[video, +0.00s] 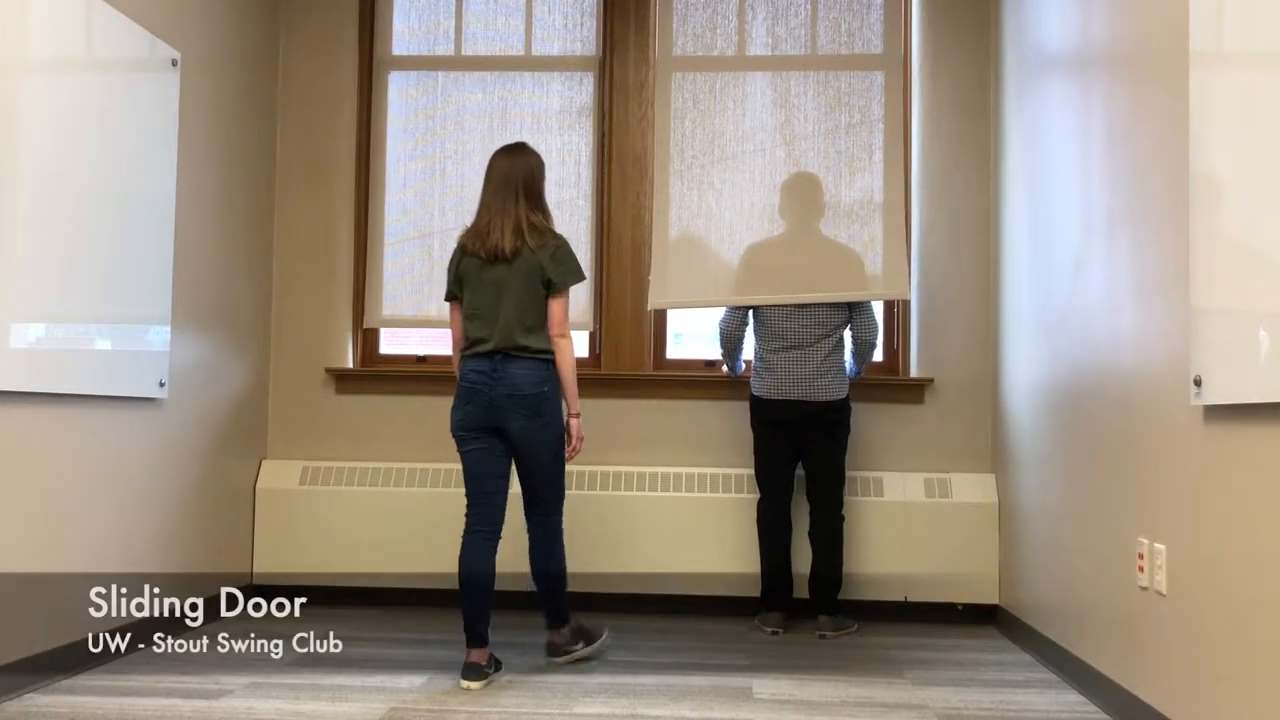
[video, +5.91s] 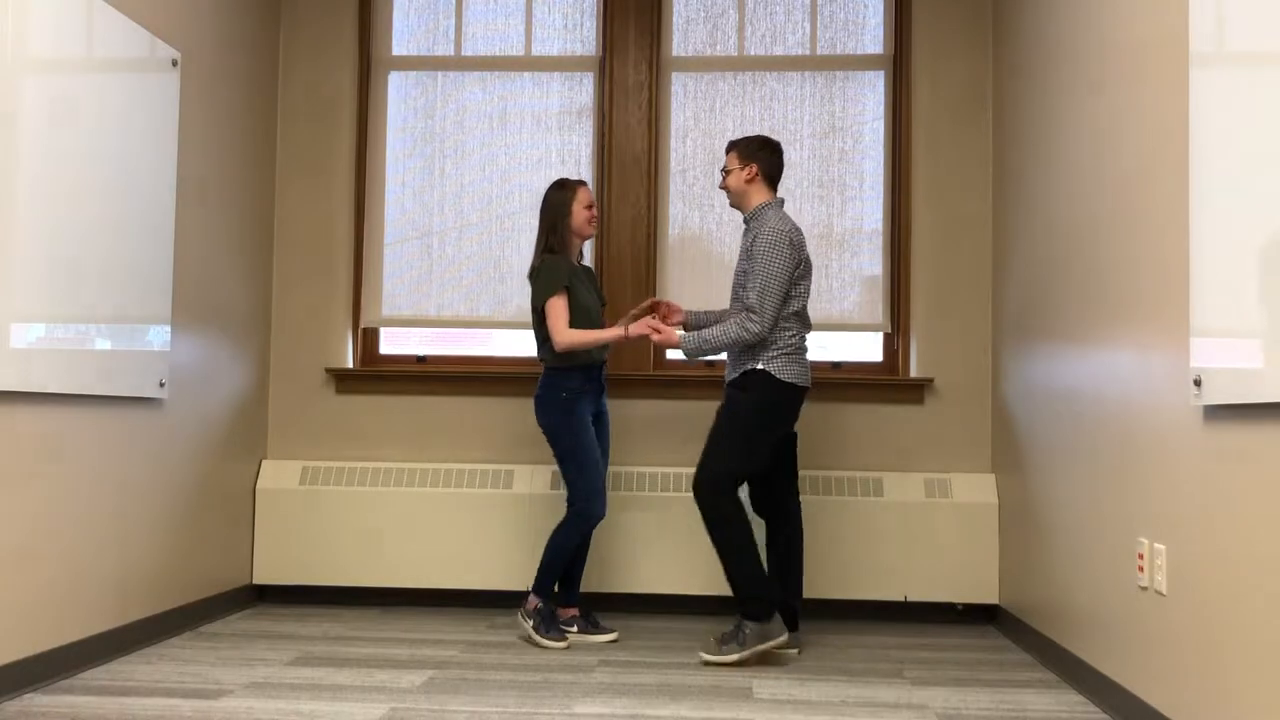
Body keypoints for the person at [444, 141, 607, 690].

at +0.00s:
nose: (545, 190)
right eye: (542, 181)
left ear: (490, 185)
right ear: (537, 186)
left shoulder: (466, 248)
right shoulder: (550, 247)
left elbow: (459, 339)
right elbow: (559, 334)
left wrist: (467, 396)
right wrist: (574, 410)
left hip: (473, 392)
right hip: (533, 391)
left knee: (480, 523)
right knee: (545, 516)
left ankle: (476, 652)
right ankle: (560, 632)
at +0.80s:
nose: (598, 211)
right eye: (594, 203)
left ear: (547, 207)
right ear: (589, 208)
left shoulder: (527, 267)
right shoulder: (601, 263)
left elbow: (523, 349)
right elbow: (615, 340)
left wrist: (531, 399)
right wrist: (622, 399)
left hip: (540, 389)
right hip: (589, 386)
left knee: (549, 501)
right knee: (576, 506)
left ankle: (549, 611)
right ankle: (568, 629)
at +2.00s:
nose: (574, 216)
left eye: (578, 210)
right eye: (565, 209)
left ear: (582, 218)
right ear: (545, 216)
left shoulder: (575, 277)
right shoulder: (534, 267)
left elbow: (581, 350)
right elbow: (531, 338)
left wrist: (591, 404)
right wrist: (560, 399)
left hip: (574, 394)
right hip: (543, 393)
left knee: (571, 502)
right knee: (550, 501)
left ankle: (556, 604)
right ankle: (534, 610)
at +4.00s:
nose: (570, 217)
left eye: (575, 210)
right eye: (560, 211)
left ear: (583, 216)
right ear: (543, 218)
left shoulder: (592, 276)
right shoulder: (528, 266)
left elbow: (603, 346)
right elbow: (521, 337)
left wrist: (591, 396)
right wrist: (552, 395)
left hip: (579, 394)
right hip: (536, 392)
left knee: (565, 505)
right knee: (535, 501)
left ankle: (558, 607)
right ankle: (529, 609)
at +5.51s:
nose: (579, 216)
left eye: (580, 209)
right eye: (570, 209)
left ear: (576, 217)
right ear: (544, 214)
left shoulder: (577, 275)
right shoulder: (531, 267)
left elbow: (588, 344)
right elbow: (538, 334)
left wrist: (622, 334)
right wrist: (603, 331)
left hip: (579, 398)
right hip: (543, 397)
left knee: (589, 502)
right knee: (545, 503)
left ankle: (561, 609)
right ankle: (531, 613)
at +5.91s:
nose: (595, 214)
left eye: (594, 207)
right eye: (586, 207)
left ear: (581, 215)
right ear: (561, 215)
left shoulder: (583, 270)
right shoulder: (552, 269)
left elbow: (588, 336)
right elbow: (561, 337)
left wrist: (629, 324)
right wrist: (622, 330)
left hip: (590, 397)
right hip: (563, 398)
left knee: (589, 505)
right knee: (588, 506)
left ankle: (568, 610)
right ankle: (536, 603)